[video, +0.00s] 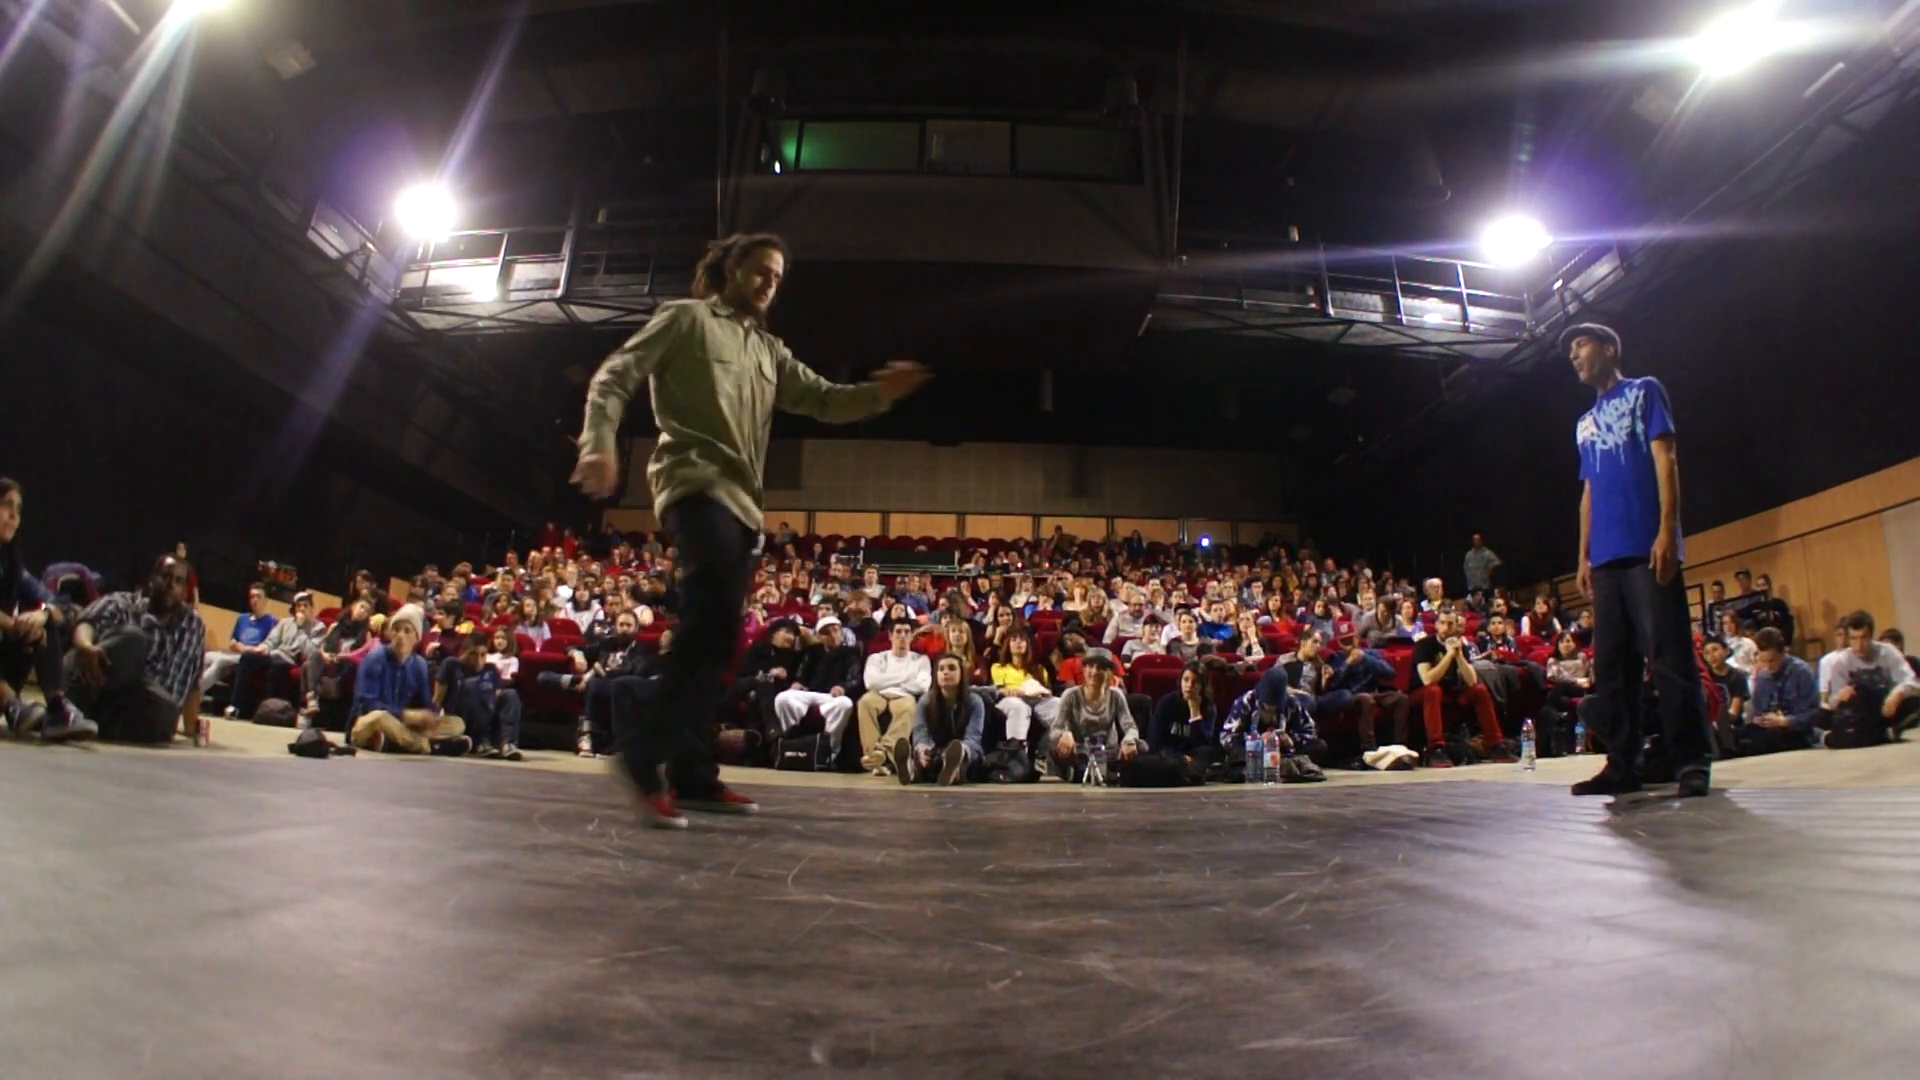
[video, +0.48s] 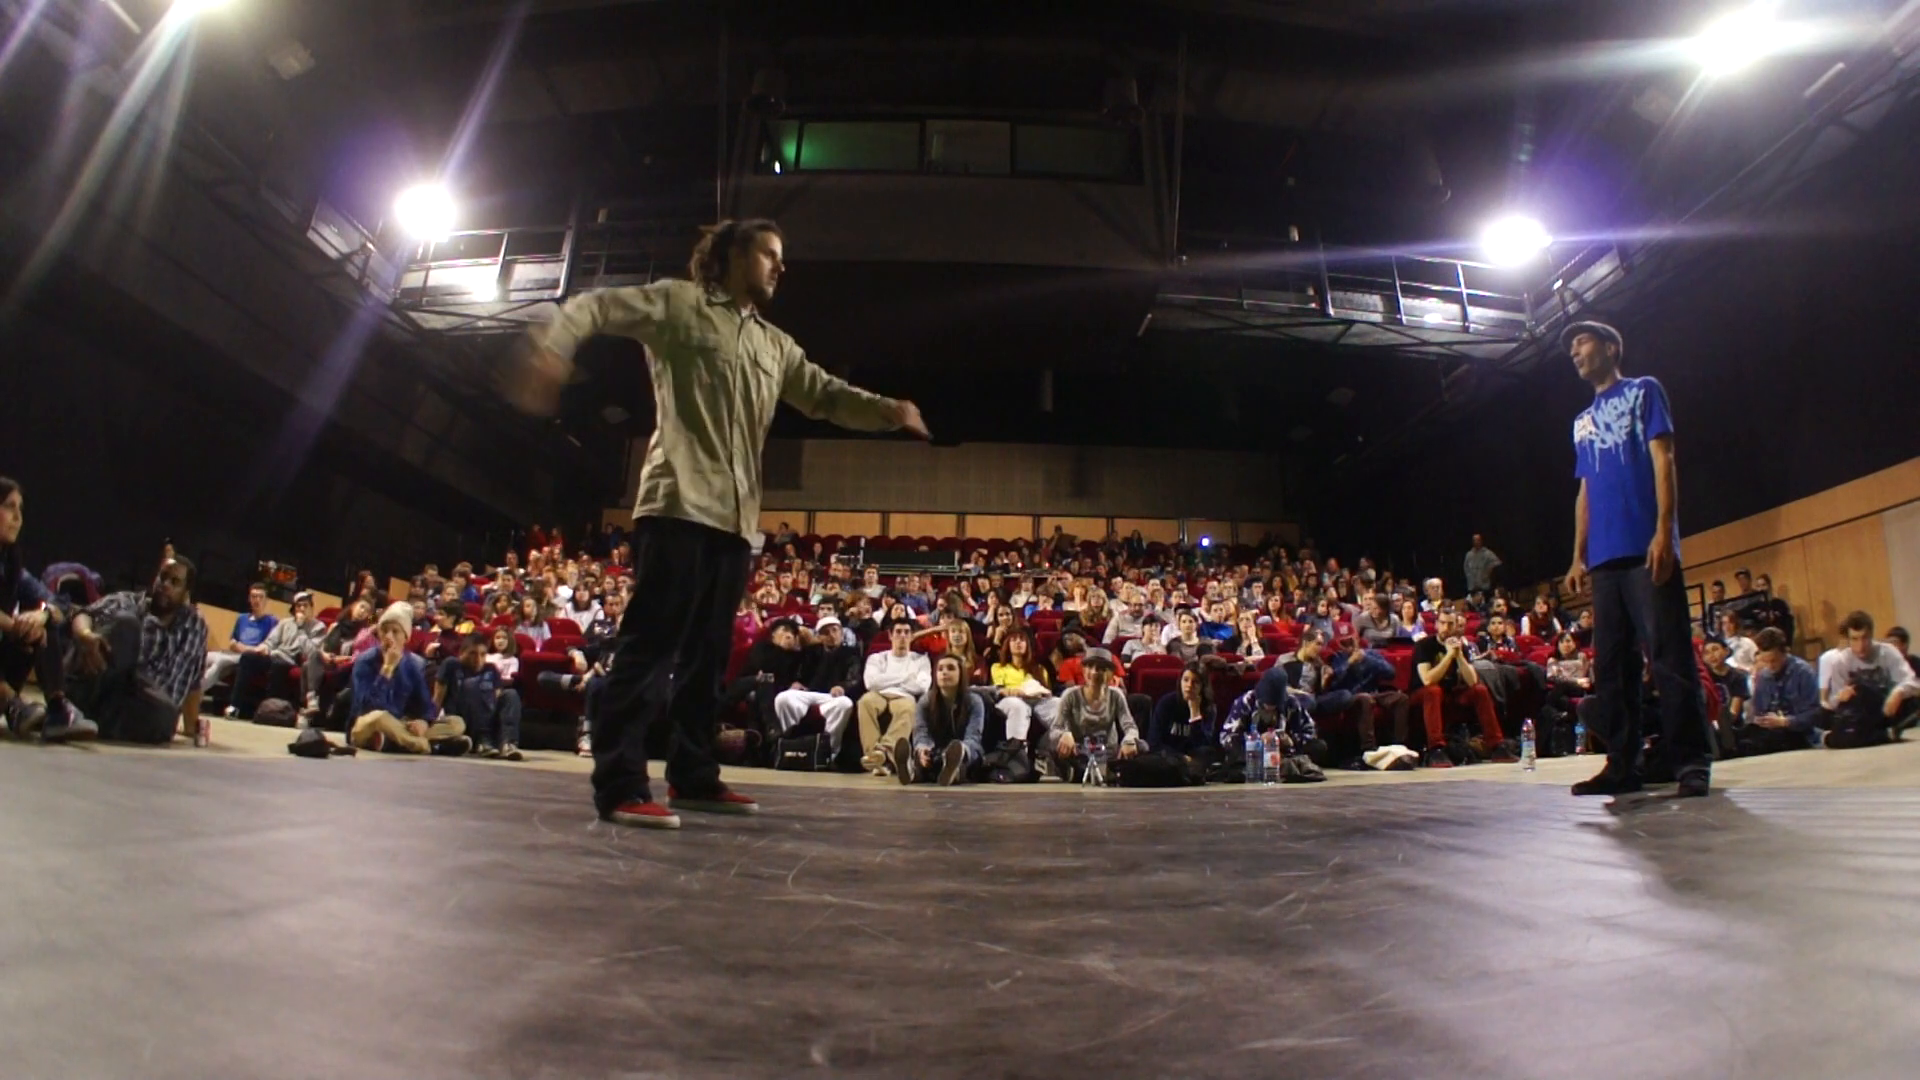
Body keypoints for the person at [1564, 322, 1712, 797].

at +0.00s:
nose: (1573, 358)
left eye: (1581, 347)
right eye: (1571, 353)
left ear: (1610, 349)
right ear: (1578, 363)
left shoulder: (1644, 391)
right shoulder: (1584, 424)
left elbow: (1666, 459)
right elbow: (1588, 492)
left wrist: (1668, 530)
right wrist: (1584, 556)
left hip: (1647, 550)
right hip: (1604, 560)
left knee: (1670, 660)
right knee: (1613, 665)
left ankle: (1691, 764)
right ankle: (1622, 764)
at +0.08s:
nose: (1574, 357)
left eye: (1582, 347)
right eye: (1571, 352)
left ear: (1610, 349)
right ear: (1577, 363)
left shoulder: (1645, 391)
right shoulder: (1584, 424)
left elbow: (1666, 460)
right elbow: (1589, 492)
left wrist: (1666, 531)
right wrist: (1584, 555)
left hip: (1647, 551)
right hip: (1604, 561)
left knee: (1670, 660)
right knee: (1613, 666)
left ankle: (1691, 764)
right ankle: (1622, 764)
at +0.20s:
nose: (1578, 356)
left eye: (1585, 346)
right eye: (1574, 352)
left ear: (1613, 349)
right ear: (1577, 363)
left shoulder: (1644, 391)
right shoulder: (1583, 423)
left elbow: (1665, 460)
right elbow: (1587, 491)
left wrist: (1665, 531)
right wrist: (1584, 556)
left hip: (1647, 551)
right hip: (1604, 561)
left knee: (1670, 661)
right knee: (1613, 667)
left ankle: (1692, 764)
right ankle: (1622, 766)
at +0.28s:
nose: (1579, 354)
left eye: (1587, 345)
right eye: (1575, 350)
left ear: (1614, 350)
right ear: (1578, 363)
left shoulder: (1644, 390)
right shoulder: (1582, 422)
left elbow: (1664, 460)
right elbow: (1586, 491)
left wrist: (1664, 531)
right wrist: (1583, 557)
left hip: (1647, 551)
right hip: (1604, 560)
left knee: (1670, 661)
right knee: (1613, 667)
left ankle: (1691, 764)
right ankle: (1622, 766)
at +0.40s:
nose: (1576, 353)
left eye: (1584, 343)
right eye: (1572, 348)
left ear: (1613, 348)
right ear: (1577, 361)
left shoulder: (1643, 390)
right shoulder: (1582, 422)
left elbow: (1664, 460)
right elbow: (1585, 490)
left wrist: (1664, 532)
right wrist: (1580, 556)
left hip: (1647, 551)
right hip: (1604, 561)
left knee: (1670, 662)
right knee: (1613, 668)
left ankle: (1691, 764)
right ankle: (1622, 766)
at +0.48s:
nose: (1574, 352)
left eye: (1583, 343)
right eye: (1571, 348)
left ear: (1612, 348)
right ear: (1576, 361)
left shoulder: (1643, 390)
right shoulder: (1582, 422)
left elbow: (1664, 459)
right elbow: (1585, 490)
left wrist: (1665, 531)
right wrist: (1578, 555)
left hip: (1646, 551)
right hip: (1603, 560)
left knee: (1670, 662)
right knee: (1613, 668)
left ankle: (1691, 764)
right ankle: (1622, 766)